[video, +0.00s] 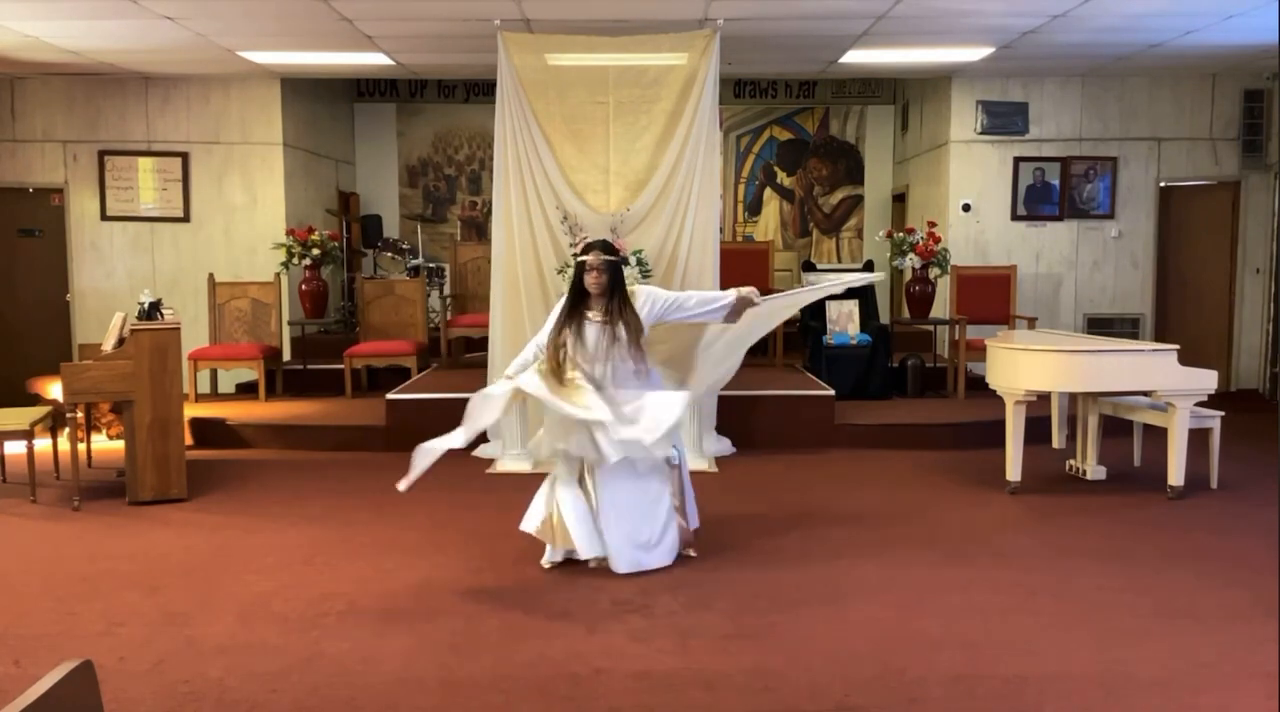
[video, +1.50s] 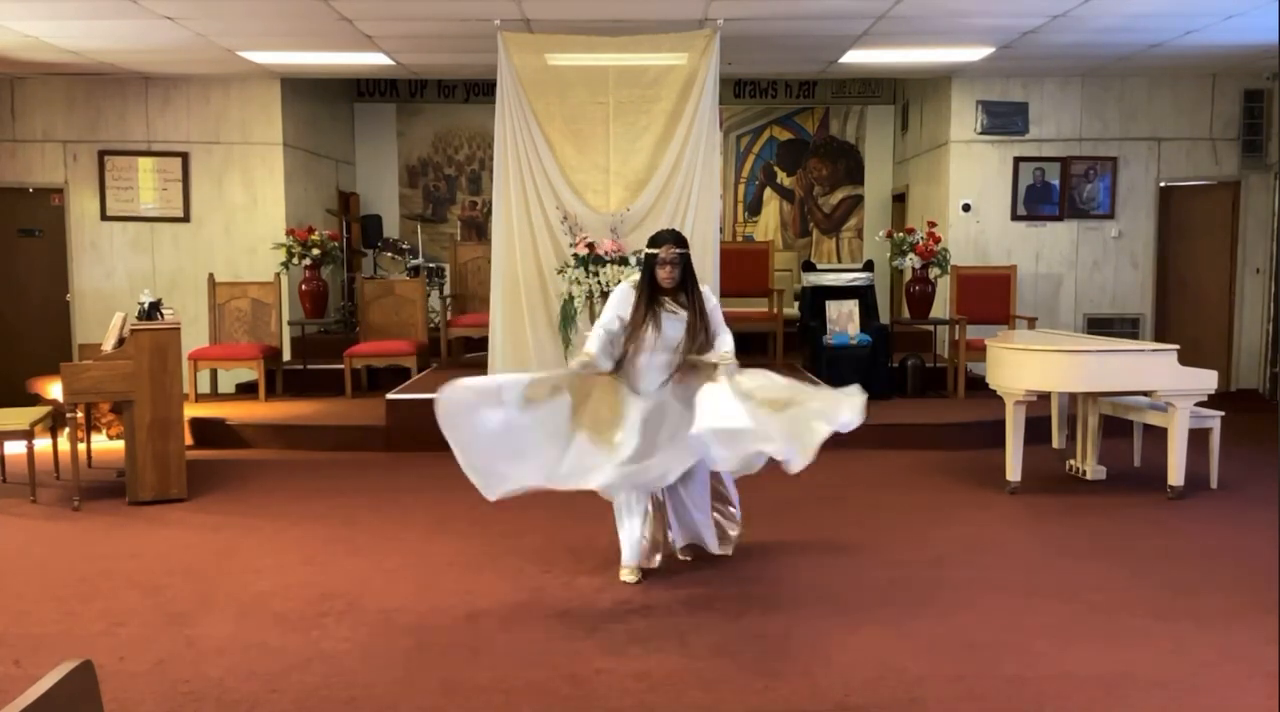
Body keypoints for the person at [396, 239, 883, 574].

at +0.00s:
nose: (594, 275)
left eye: (602, 268)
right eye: (588, 269)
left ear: (616, 271)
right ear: (578, 274)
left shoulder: (638, 301)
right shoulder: (570, 315)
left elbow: (686, 303)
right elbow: (534, 354)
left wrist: (733, 296)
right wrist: (503, 387)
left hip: (638, 397)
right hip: (589, 402)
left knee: (643, 466)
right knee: (580, 468)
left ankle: (645, 542)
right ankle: (580, 545)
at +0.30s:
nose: (618, 275)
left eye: (624, 268)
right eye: (611, 268)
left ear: (632, 270)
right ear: (596, 269)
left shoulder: (640, 304)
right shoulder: (575, 300)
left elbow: (660, 339)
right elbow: (539, 331)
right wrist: (515, 350)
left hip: (631, 396)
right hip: (582, 397)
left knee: (646, 466)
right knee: (579, 467)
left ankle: (652, 542)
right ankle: (570, 544)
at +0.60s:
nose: (632, 270)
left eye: (638, 262)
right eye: (624, 262)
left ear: (647, 264)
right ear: (609, 263)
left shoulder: (654, 301)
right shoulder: (586, 290)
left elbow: (682, 343)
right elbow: (545, 301)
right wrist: (498, 304)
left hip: (627, 389)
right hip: (576, 386)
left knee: (653, 451)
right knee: (564, 457)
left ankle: (666, 537)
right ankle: (555, 542)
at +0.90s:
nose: (653, 268)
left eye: (658, 260)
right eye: (645, 261)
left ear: (666, 262)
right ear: (630, 263)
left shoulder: (676, 296)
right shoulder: (618, 297)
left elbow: (708, 325)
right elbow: (612, 338)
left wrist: (740, 342)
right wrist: (637, 371)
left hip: (665, 396)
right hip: (616, 393)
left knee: (667, 466)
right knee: (592, 464)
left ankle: (664, 538)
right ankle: (559, 540)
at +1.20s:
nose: (662, 272)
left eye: (669, 265)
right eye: (656, 265)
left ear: (679, 267)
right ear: (643, 267)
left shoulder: (693, 298)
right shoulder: (627, 299)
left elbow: (731, 319)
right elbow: (612, 341)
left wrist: (775, 331)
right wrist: (635, 368)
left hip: (689, 384)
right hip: (640, 385)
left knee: (699, 452)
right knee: (641, 457)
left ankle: (708, 524)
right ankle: (612, 545)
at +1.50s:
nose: (670, 269)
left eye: (676, 262)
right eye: (662, 262)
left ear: (687, 264)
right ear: (650, 264)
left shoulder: (699, 300)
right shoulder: (629, 297)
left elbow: (722, 347)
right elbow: (601, 347)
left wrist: (708, 369)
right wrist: (582, 377)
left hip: (678, 400)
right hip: (632, 399)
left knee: (681, 471)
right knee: (632, 478)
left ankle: (684, 541)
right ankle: (633, 556)